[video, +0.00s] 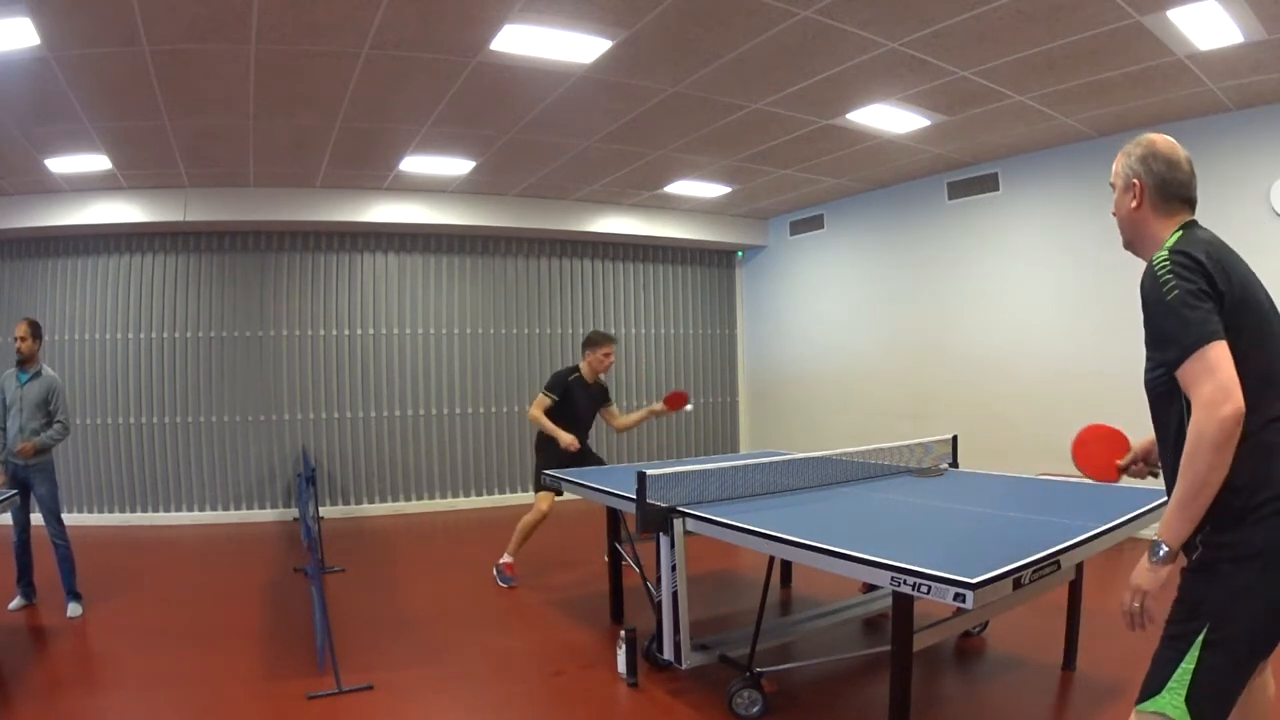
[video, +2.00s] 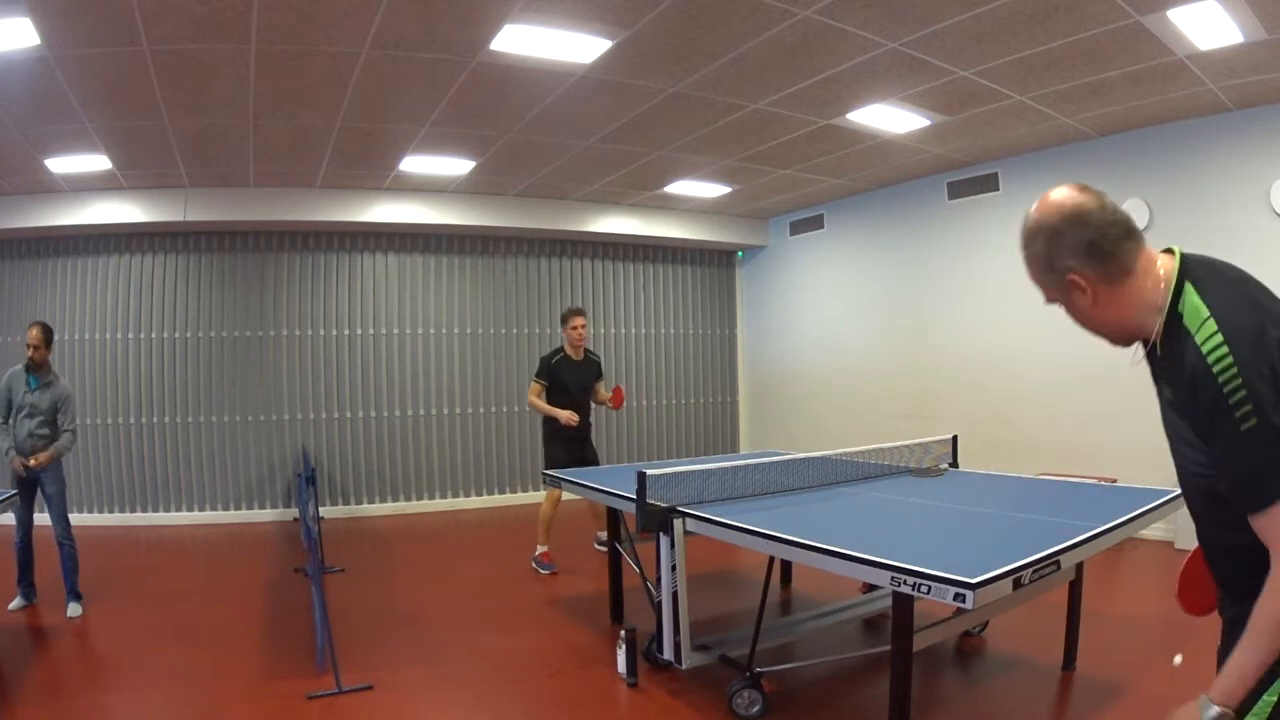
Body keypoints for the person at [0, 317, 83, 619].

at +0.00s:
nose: (17, 344)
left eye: (23, 339)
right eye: (15, 339)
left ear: (38, 343)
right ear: (14, 343)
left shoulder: (51, 382)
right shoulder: (6, 380)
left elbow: (63, 425)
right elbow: (3, 425)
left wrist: (37, 443)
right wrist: (2, 466)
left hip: (40, 466)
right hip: (11, 466)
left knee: (56, 531)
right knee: (20, 532)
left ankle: (72, 596)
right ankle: (26, 592)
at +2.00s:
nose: (30, 352)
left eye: (36, 348)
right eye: (28, 346)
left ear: (49, 349)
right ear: (25, 346)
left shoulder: (60, 390)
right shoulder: (12, 378)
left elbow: (69, 434)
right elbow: (4, 421)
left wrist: (48, 456)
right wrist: (12, 454)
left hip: (49, 464)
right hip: (19, 464)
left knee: (62, 532)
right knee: (22, 533)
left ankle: (73, 596)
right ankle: (26, 593)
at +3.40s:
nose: (17, 345)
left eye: (23, 340)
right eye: (15, 340)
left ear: (38, 344)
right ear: (13, 344)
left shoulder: (52, 383)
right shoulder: (6, 380)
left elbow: (61, 428)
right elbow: (2, 415)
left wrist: (41, 450)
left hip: (41, 464)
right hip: (11, 464)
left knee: (57, 532)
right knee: (20, 533)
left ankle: (72, 596)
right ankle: (26, 593)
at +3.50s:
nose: (17, 345)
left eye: (23, 340)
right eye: (15, 340)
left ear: (38, 344)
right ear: (13, 344)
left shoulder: (52, 383)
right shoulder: (7, 379)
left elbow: (62, 428)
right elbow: (3, 420)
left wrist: (41, 450)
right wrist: (1, 403)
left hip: (41, 463)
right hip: (11, 464)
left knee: (57, 531)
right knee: (20, 533)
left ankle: (72, 596)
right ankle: (26, 593)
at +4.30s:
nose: (18, 345)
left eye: (24, 340)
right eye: (15, 340)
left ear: (38, 344)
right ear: (13, 343)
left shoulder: (52, 382)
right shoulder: (6, 381)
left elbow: (62, 428)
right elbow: (3, 419)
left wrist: (42, 451)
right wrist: (8, 448)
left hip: (41, 463)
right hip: (11, 463)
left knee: (57, 531)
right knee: (20, 532)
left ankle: (73, 596)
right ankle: (26, 593)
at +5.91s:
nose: (18, 353)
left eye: (23, 348)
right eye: (15, 348)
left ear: (36, 346)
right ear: (11, 348)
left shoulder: (51, 382)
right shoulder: (6, 381)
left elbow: (65, 425)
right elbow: (3, 424)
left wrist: (53, 453)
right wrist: (4, 461)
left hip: (43, 464)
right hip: (13, 465)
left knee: (59, 532)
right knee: (21, 532)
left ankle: (73, 596)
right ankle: (26, 593)